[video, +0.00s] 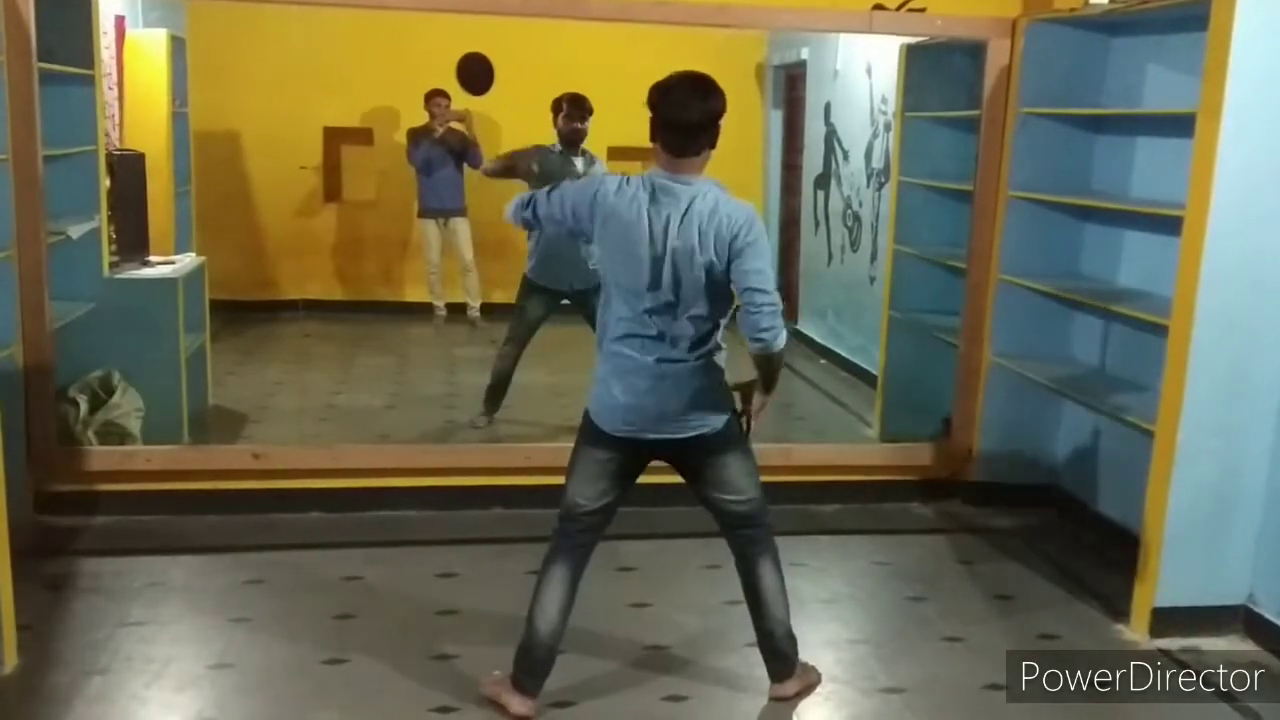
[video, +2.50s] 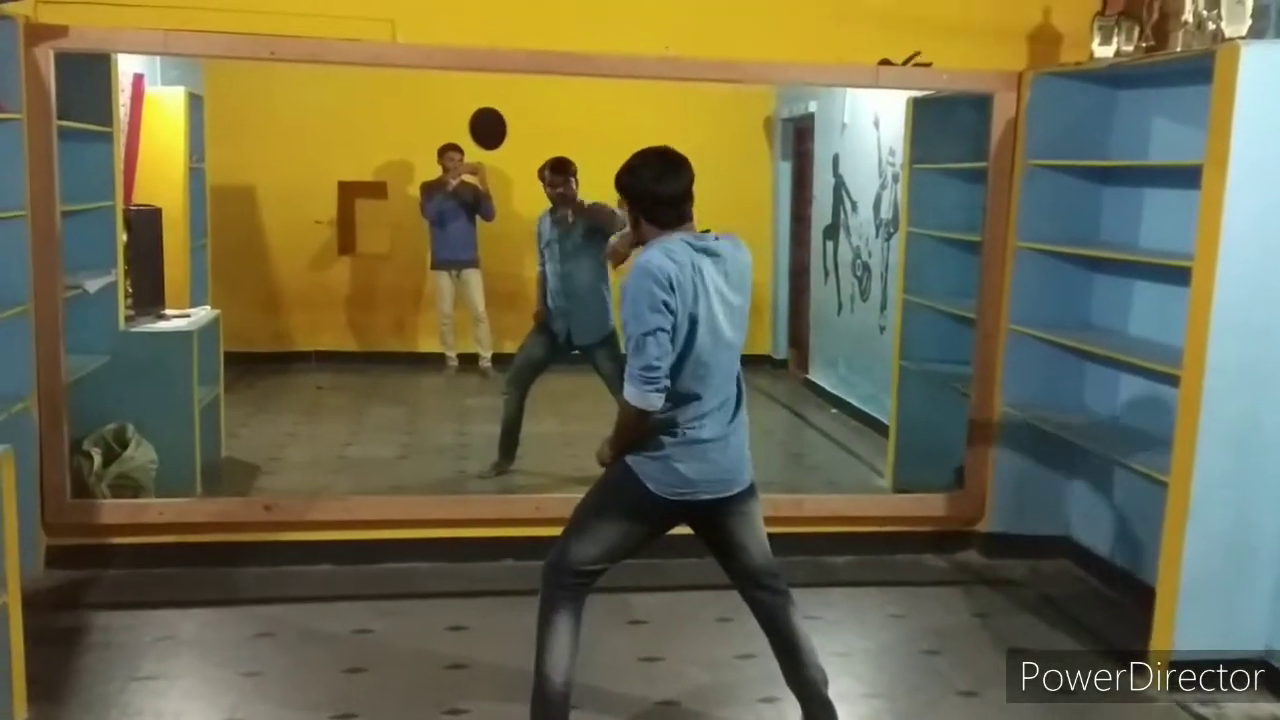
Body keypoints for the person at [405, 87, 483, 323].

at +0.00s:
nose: (440, 110)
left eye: (444, 106)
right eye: (436, 106)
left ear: (450, 109)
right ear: (427, 108)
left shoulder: (457, 135)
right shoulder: (417, 134)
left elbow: (476, 162)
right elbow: (415, 161)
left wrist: (470, 130)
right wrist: (435, 134)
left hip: (456, 209)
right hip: (429, 210)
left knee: (468, 262)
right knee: (433, 263)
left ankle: (474, 310)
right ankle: (438, 308)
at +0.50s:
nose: (437, 106)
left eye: (441, 101)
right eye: (432, 101)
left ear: (447, 104)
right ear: (424, 103)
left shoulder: (454, 131)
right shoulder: (413, 129)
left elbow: (473, 158)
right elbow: (412, 156)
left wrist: (467, 126)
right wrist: (432, 130)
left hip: (453, 204)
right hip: (426, 205)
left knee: (465, 258)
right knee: (430, 259)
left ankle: (471, 305)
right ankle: (436, 304)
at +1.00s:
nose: (438, 105)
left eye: (441, 100)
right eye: (433, 100)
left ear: (447, 103)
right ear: (424, 103)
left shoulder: (454, 130)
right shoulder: (414, 129)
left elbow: (473, 157)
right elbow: (412, 155)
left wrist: (467, 125)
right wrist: (433, 129)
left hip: (453, 203)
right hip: (426, 204)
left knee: (465, 257)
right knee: (430, 258)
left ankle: (471, 305)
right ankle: (436, 303)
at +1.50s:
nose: (437, 118)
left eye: (441, 114)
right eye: (432, 114)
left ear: (447, 117)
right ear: (424, 116)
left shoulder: (454, 143)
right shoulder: (413, 142)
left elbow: (473, 169)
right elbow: (412, 169)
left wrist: (467, 138)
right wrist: (431, 143)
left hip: (453, 216)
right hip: (425, 217)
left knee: (463, 269)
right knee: (429, 270)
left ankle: (470, 316)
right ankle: (435, 315)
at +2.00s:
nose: (446, 148)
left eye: (450, 144)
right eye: (441, 143)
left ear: (455, 147)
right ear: (433, 146)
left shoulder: (462, 172)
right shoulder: (422, 171)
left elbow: (481, 198)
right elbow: (421, 197)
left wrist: (475, 167)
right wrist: (440, 172)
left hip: (461, 245)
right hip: (434, 246)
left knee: (471, 297)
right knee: (437, 298)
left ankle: (477, 344)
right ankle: (443, 343)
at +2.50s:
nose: (454, 164)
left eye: (458, 160)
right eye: (449, 160)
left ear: (463, 163)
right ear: (441, 162)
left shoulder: (470, 189)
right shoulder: (430, 187)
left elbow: (488, 215)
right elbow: (428, 213)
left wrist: (483, 185)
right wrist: (449, 187)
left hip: (468, 260)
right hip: (441, 262)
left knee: (479, 312)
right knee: (445, 314)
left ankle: (485, 360)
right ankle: (450, 359)